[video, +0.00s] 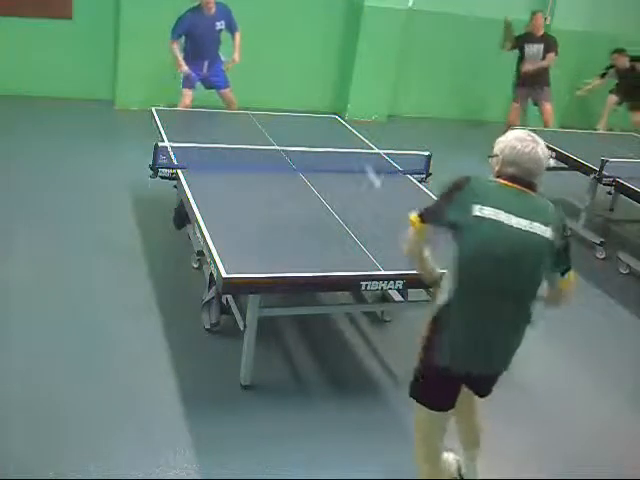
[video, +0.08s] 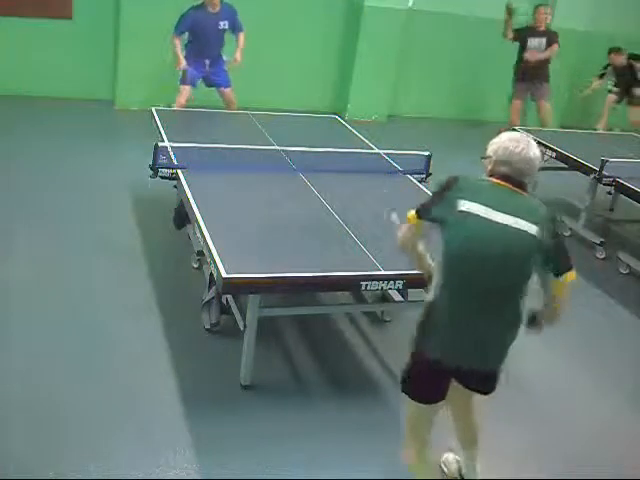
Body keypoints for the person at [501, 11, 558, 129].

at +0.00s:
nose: (537, 23)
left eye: (539, 21)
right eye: (535, 20)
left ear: (543, 22)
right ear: (531, 22)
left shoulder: (550, 40)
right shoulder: (523, 38)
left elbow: (549, 61)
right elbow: (507, 46)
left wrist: (532, 67)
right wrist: (508, 30)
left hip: (541, 83)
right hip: (523, 81)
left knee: (546, 111)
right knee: (515, 110)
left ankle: (549, 135)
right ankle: (511, 136)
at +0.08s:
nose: (542, 17)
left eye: (544, 14)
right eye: (539, 14)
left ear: (547, 17)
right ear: (534, 16)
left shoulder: (551, 34)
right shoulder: (525, 31)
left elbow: (554, 50)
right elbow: (508, 36)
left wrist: (537, 56)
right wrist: (509, 19)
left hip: (540, 76)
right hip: (522, 75)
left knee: (543, 105)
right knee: (516, 104)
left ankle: (548, 131)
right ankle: (514, 131)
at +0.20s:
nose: (547, 15)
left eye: (550, 13)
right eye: (545, 12)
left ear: (552, 16)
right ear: (538, 13)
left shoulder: (554, 32)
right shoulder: (527, 26)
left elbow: (556, 46)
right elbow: (508, 26)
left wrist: (536, 46)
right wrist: (511, 7)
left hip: (539, 75)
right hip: (521, 72)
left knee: (536, 107)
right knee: (514, 103)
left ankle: (531, 133)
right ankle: (510, 132)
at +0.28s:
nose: (547, 20)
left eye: (550, 17)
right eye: (545, 16)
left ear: (553, 20)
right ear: (538, 17)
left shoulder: (554, 37)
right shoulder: (527, 31)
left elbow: (557, 52)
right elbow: (507, 31)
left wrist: (542, 50)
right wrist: (508, 13)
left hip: (536, 81)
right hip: (518, 77)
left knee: (533, 115)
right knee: (507, 110)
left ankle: (524, 141)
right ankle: (499, 138)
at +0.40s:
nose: (544, 28)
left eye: (547, 26)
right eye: (542, 25)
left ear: (550, 28)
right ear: (536, 25)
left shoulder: (549, 46)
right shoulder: (523, 40)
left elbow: (550, 68)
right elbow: (501, 45)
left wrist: (542, 67)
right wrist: (506, 33)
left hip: (531, 87)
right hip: (513, 83)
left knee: (531, 117)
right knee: (499, 112)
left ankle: (522, 143)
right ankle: (481, 136)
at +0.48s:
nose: (543, 31)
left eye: (545, 28)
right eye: (540, 27)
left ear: (547, 31)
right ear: (533, 28)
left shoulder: (546, 49)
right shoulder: (519, 42)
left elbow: (547, 68)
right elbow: (499, 51)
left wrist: (537, 79)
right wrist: (502, 45)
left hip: (528, 86)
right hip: (510, 83)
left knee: (530, 118)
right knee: (495, 111)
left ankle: (521, 142)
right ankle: (475, 137)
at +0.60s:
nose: (537, 33)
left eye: (539, 31)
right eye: (534, 29)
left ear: (541, 33)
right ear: (527, 30)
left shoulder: (538, 50)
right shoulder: (514, 44)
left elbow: (538, 69)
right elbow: (496, 56)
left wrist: (538, 88)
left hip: (521, 84)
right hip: (504, 80)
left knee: (531, 116)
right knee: (492, 111)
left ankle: (523, 142)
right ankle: (474, 137)